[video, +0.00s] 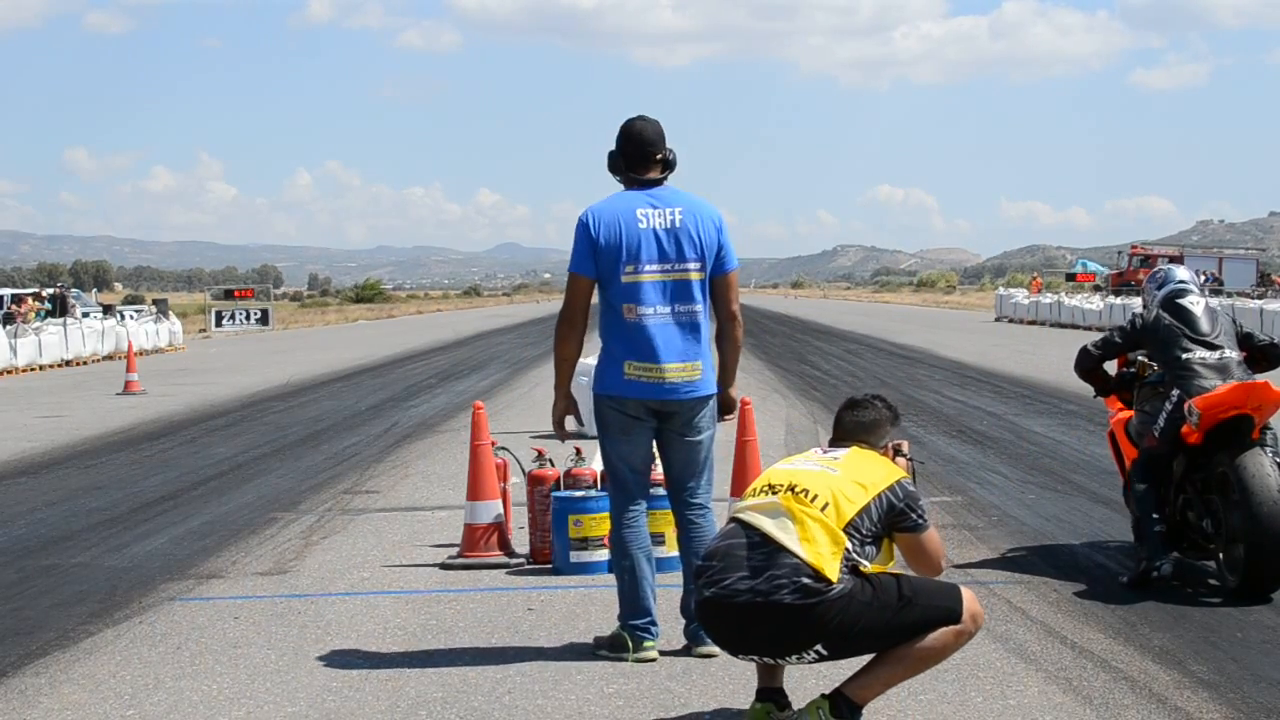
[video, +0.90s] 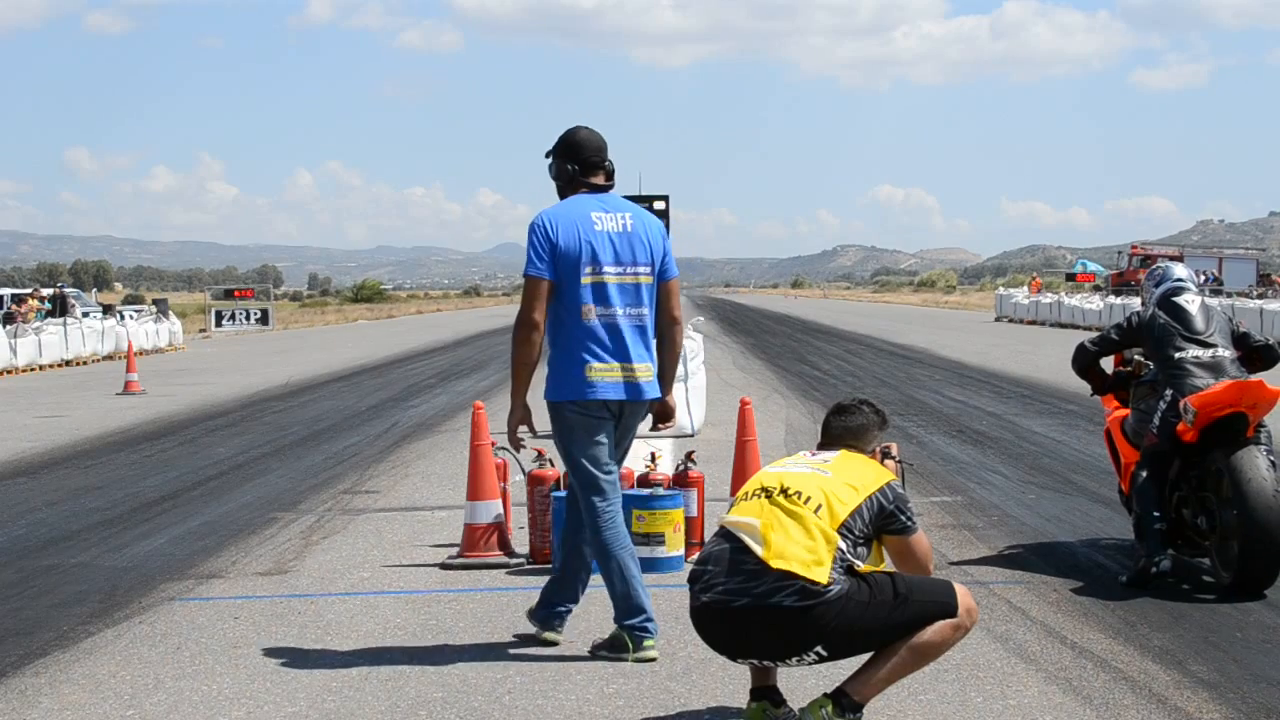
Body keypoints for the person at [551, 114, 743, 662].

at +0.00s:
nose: (617, 165)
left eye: (617, 158)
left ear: (617, 164)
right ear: (668, 162)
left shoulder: (598, 220)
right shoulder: (707, 217)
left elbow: (574, 314)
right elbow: (730, 313)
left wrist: (563, 388)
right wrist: (727, 382)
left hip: (623, 386)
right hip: (692, 384)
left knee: (629, 505)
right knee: (695, 504)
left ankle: (639, 631)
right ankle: (704, 629)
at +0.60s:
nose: (582, 170)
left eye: (581, 164)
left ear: (583, 167)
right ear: (633, 165)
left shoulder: (568, 222)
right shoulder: (674, 222)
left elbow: (543, 317)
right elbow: (694, 317)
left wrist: (530, 393)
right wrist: (689, 387)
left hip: (594, 387)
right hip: (659, 385)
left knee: (613, 503)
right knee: (651, 495)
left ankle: (639, 632)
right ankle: (656, 614)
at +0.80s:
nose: (563, 176)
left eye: (563, 169)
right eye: (565, 169)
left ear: (571, 171)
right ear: (619, 171)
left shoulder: (558, 223)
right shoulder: (661, 225)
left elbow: (537, 321)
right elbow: (681, 319)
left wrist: (522, 398)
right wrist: (672, 389)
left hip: (584, 387)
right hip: (648, 385)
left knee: (608, 503)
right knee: (605, 498)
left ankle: (639, 630)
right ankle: (573, 610)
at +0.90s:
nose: (552, 178)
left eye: (553, 170)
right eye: (552, 170)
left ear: (564, 172)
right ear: (609, 173)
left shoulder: (552, 223)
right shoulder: (650, 224)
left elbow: (532, 321)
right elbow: (672, 319)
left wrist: (519, 398)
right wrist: (665, 390)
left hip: (578, 388)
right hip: (638, 387)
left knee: (603, 504)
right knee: (586, 496)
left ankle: (638, 629)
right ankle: (551, 615)